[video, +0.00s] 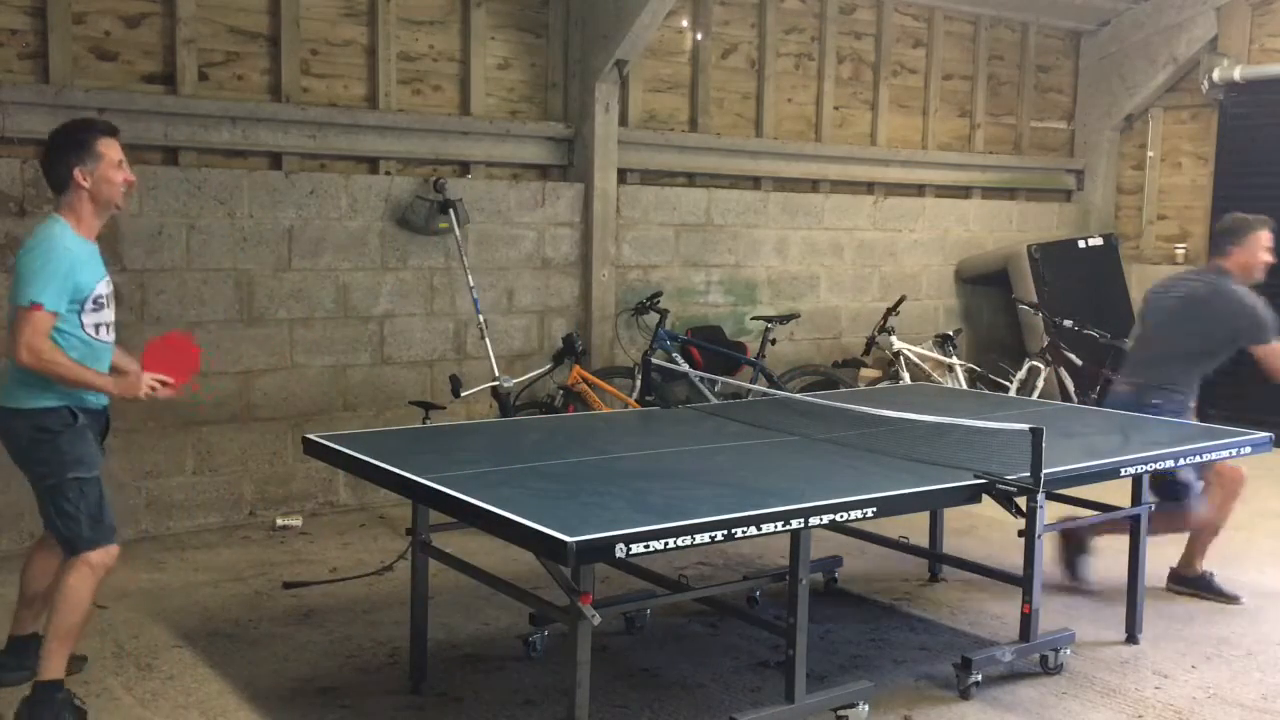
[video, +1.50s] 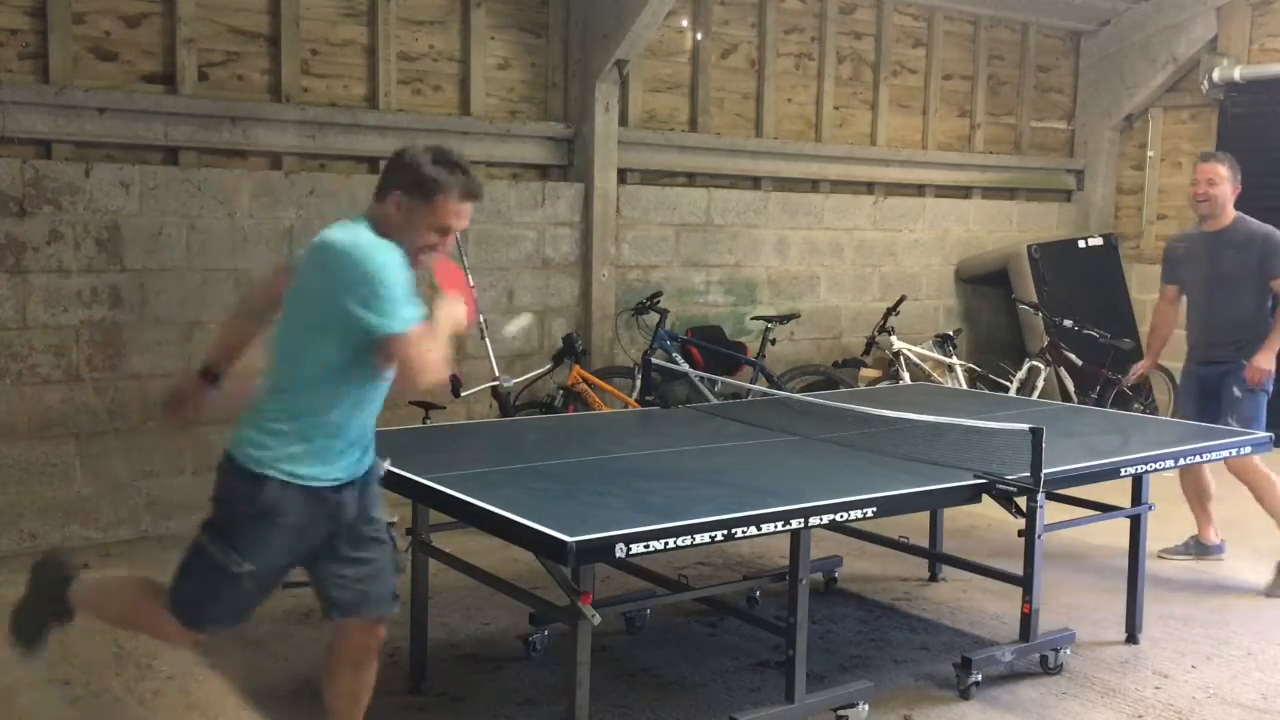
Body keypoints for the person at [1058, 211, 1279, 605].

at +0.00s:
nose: (1270, 259)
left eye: (1270, 250)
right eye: (1264, 249)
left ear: (1222, 252)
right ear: (1234, 251)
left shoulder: (1168, 285)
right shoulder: (1243, 304)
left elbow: (1146, 348)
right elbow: (1274, 367)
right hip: (1163, 419)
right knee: (1187, 513)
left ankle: (1189, 569)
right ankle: (1082, 530)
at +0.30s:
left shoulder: (1255, 294)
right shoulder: (1259, 293)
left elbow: (1202, 346)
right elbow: (1202, 346)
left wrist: (1176, 399)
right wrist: (1177, 400)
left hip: (1245, 409)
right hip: (1270, 409)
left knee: (1277, 497)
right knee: (1277, 498)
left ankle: (1222, 556)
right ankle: (1221, 556)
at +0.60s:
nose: (1274, 231)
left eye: (1278, 222)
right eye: (1273, 222)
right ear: (1269, 222)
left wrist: (1267, 397)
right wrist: (1268, 391)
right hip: (1278, 415)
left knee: (1263, 478)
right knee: (1261, 477)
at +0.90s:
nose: (1241, 218)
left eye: (1252, 209)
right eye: (1235, 210)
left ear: (1275, 211)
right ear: (1230, 215)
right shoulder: (1245, 264)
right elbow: (1238, 324)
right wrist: (1197, 372)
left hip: (1277, 390)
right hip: (1276, 388)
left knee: (1263, 467)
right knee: (1262, 468)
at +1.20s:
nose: (1222, 205)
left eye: (1232, 196)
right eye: (1216, 197)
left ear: (1257, 200)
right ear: (1210, 202)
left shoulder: (1273, 244)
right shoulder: (1204, 254)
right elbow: (1194, 318)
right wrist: (1174, 370)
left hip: (1268, 376)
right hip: (1225, 375)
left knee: (1255, 472)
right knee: (1199, 455)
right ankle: (1209, 536)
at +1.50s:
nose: (1200, 190)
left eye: (1211, 183)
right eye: (1195, 183)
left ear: (1235, 190)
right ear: (1190, 190)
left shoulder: (1265, 241)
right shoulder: (1180, 246)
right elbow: (1167, 304)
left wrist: (1269, 351)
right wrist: (1151, 357)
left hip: (1248, 367)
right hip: (1198, 366)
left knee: (1238, 455)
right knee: (1187, 453)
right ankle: (1207, 537)